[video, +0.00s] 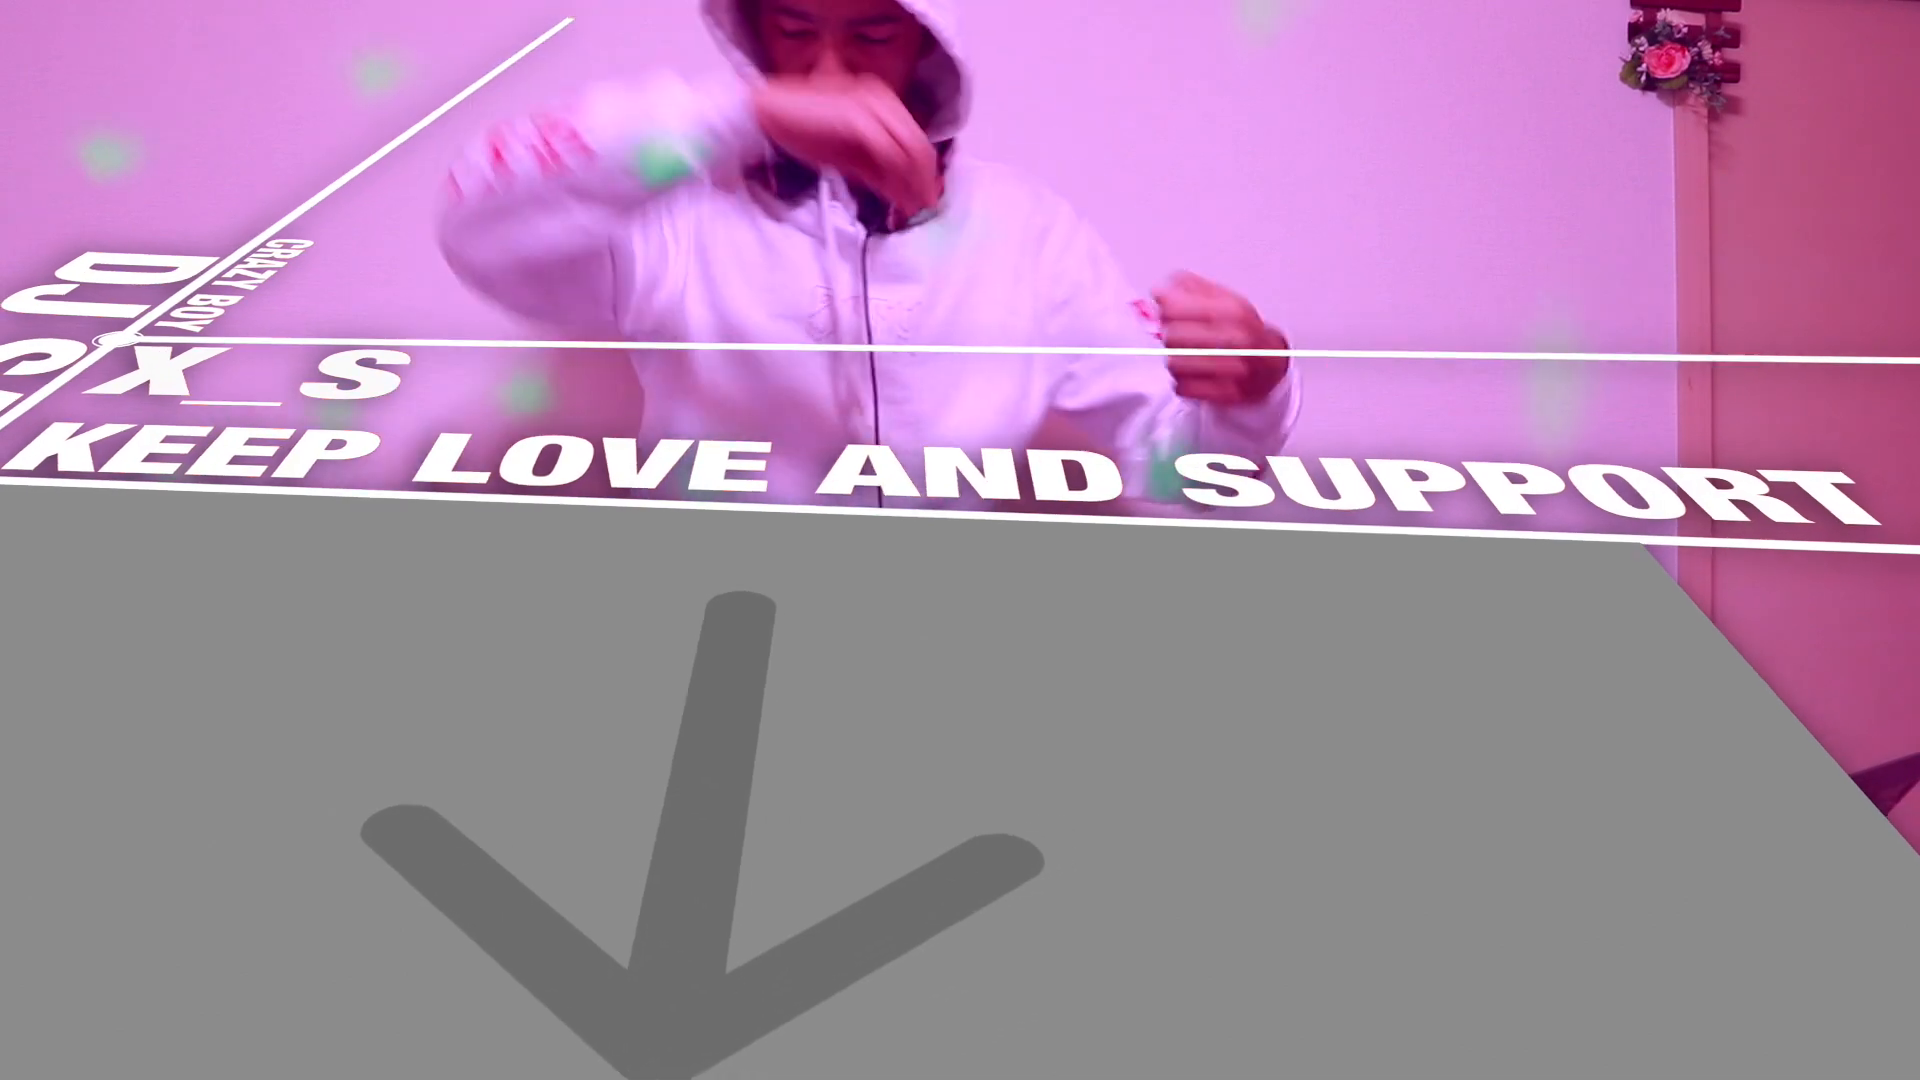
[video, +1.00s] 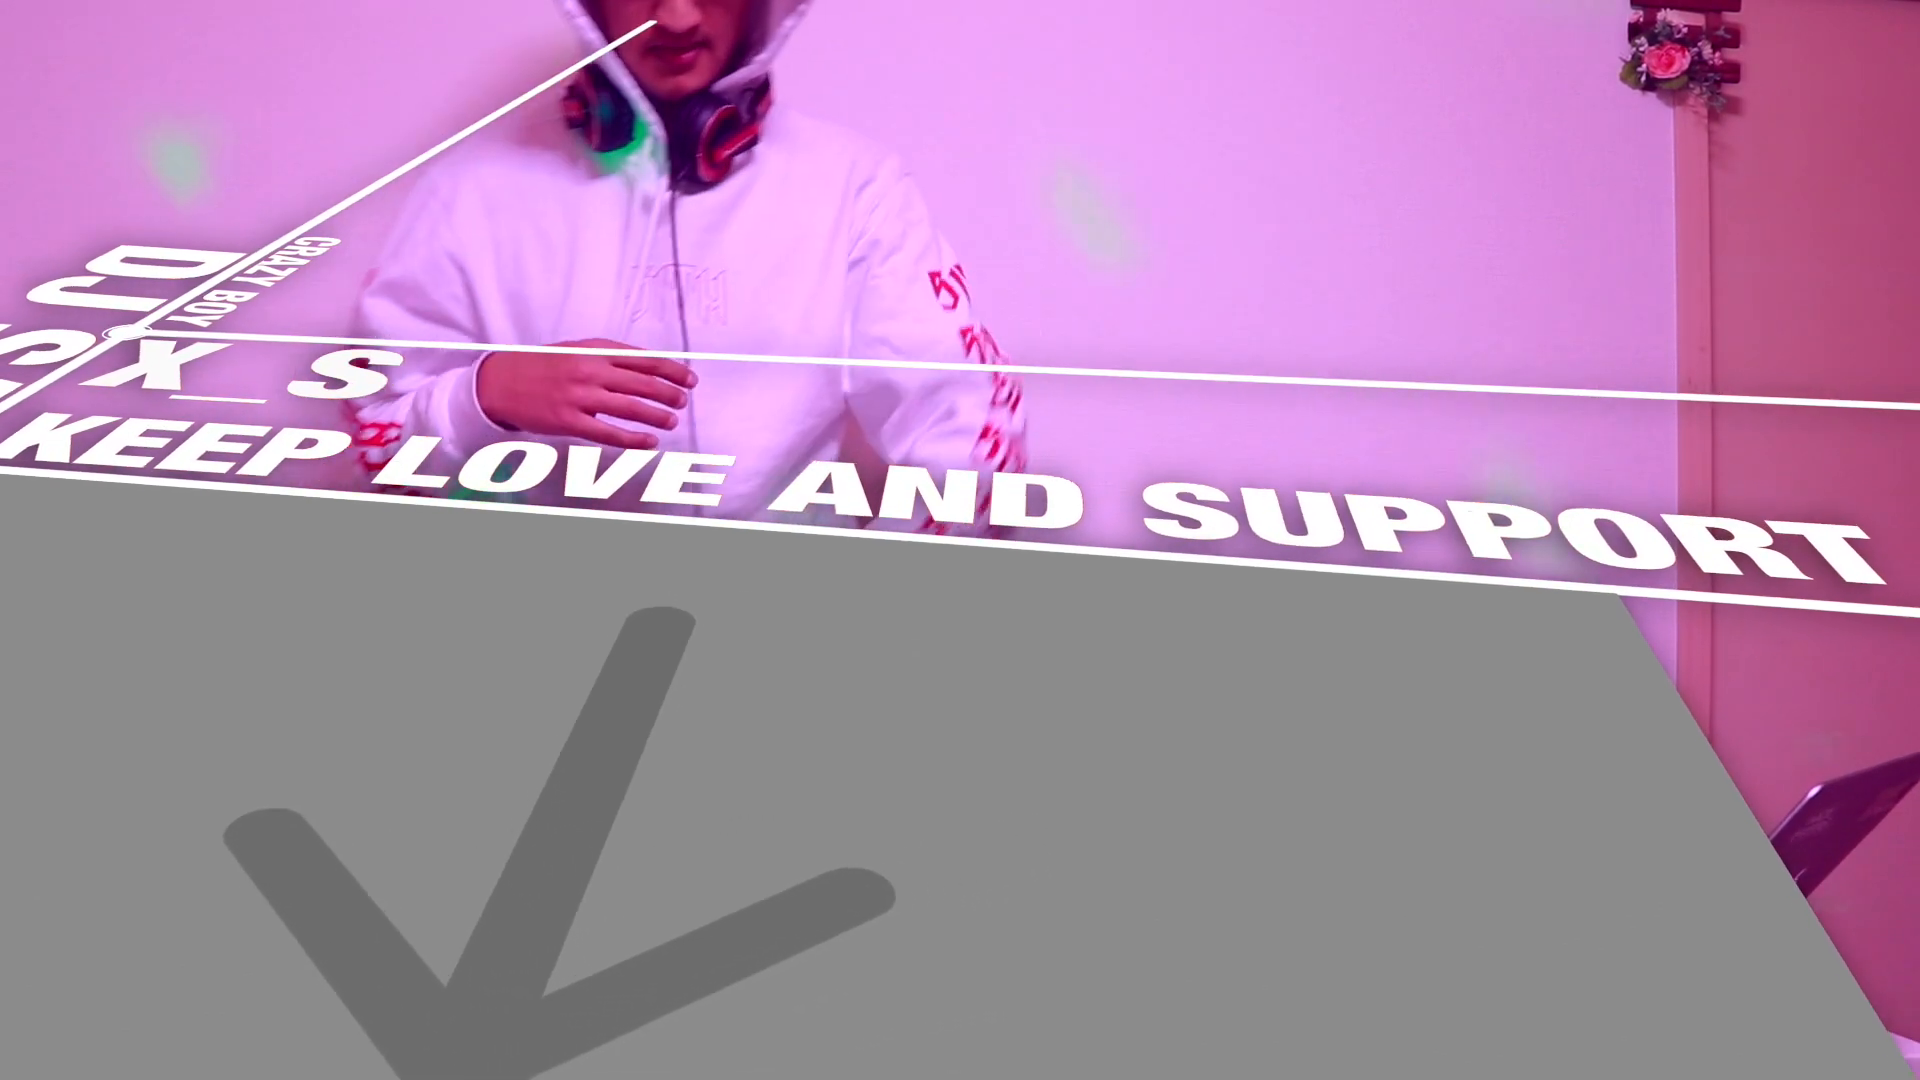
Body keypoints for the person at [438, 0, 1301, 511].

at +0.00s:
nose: (830, 73)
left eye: (867, 38)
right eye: (797, 37)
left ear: (922, 45)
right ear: (751, 43)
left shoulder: (1025, 228)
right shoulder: (674, 219)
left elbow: (1164, 473)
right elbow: (478, 231)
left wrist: (1248, 407)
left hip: (983, 618)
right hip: (735, 611)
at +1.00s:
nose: (676, 14)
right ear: (589, 3)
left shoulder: (853, 190)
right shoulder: (476, 191)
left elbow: (967, 424)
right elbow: (375, 421)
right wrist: (491, 390)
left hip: (768, 601)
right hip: (517, 593)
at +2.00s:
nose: (721, 13)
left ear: (812, 2)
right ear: (645, 9)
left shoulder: (917, 210)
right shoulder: (561, 208)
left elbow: (973, 488)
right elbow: (486, 439)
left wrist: (886, 694)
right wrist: (558, 539)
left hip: (857, 785)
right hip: (620, 782)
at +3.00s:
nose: (894, 118)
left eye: (942, 85)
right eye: (866, 67)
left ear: (980, 96)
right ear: (806, 57)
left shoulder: (1022, 259)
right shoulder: (674, 228)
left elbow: (1095, 513)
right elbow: (582, 484)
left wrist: (963, 665)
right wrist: (653, 682)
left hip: (933, 806)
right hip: (707, 795)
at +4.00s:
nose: (730, 90)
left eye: (764, 50)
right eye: (690, 49)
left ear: (799, 54)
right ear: (627, 49)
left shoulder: (876, 226)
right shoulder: (521, 238)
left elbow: (945, 474)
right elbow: (499, 529)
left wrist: (844, 636)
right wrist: (610, 752)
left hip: (859, 787)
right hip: (627, 796)